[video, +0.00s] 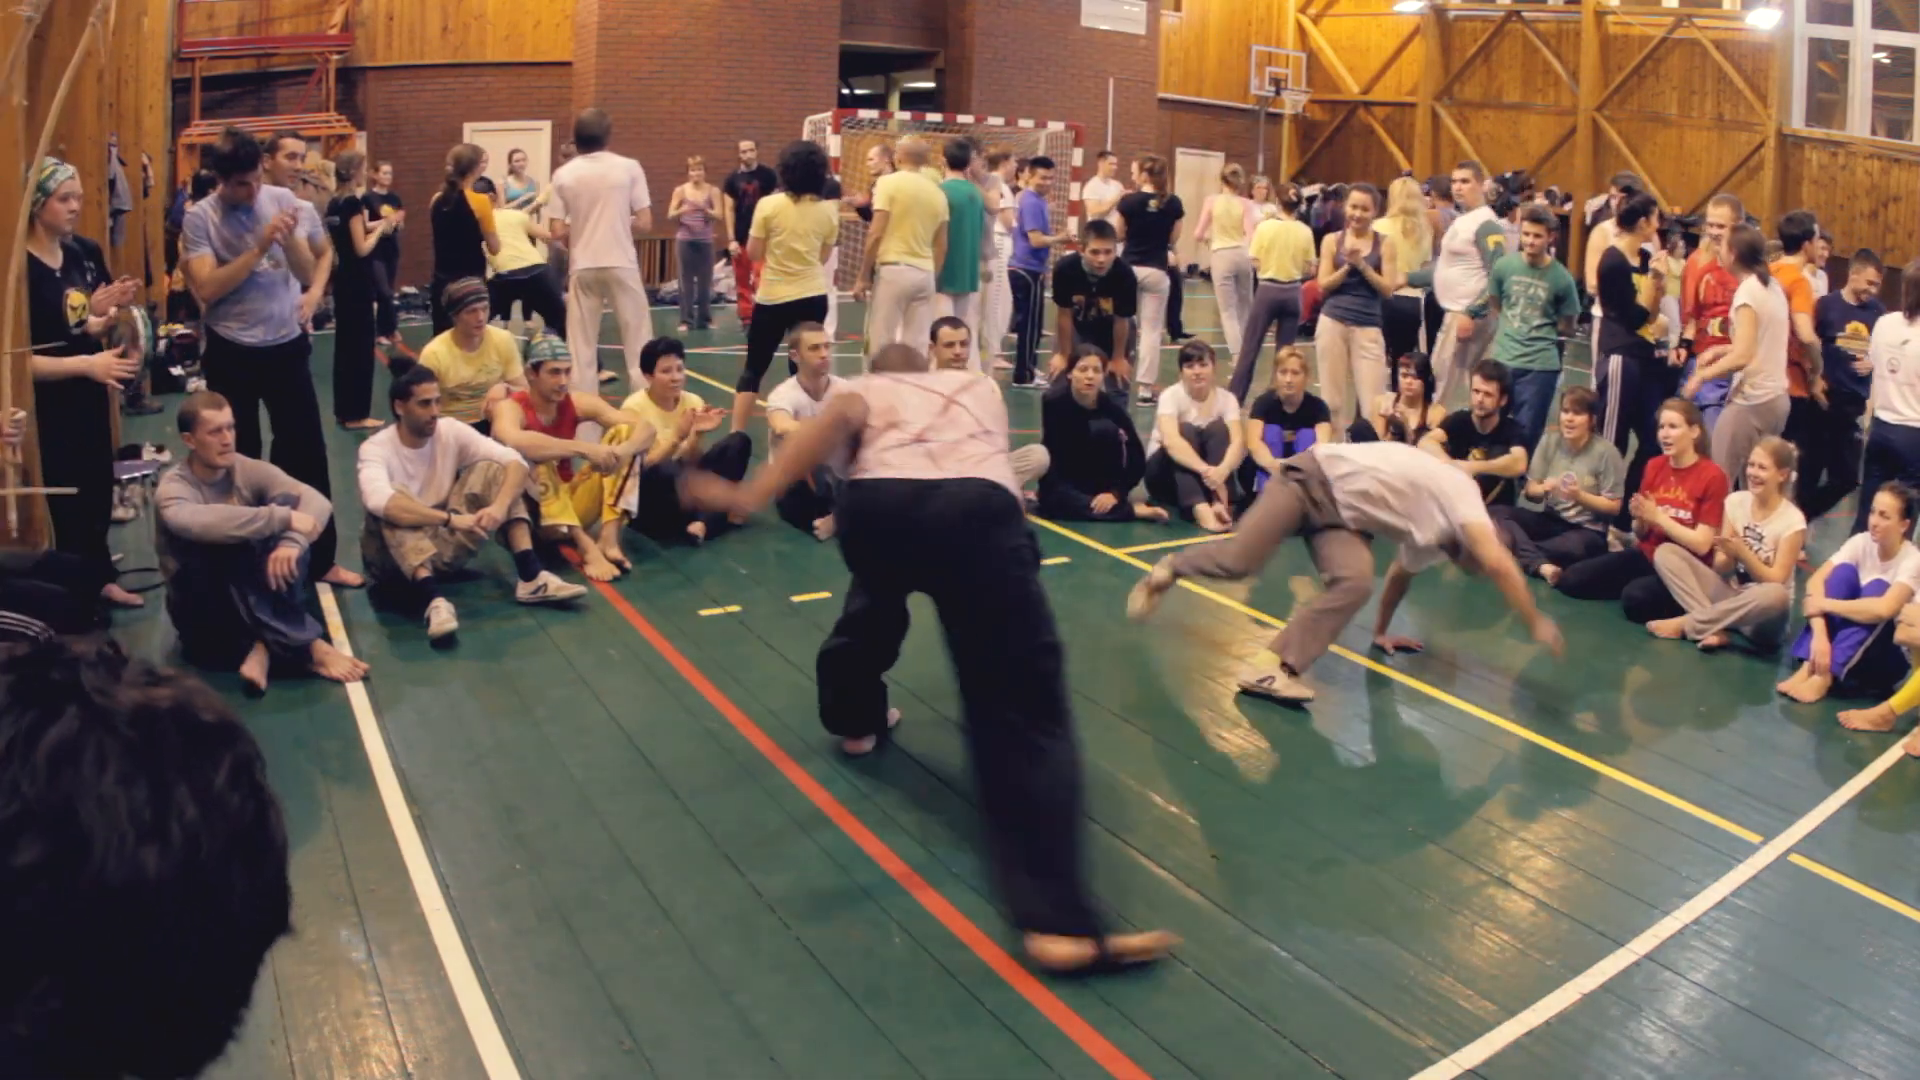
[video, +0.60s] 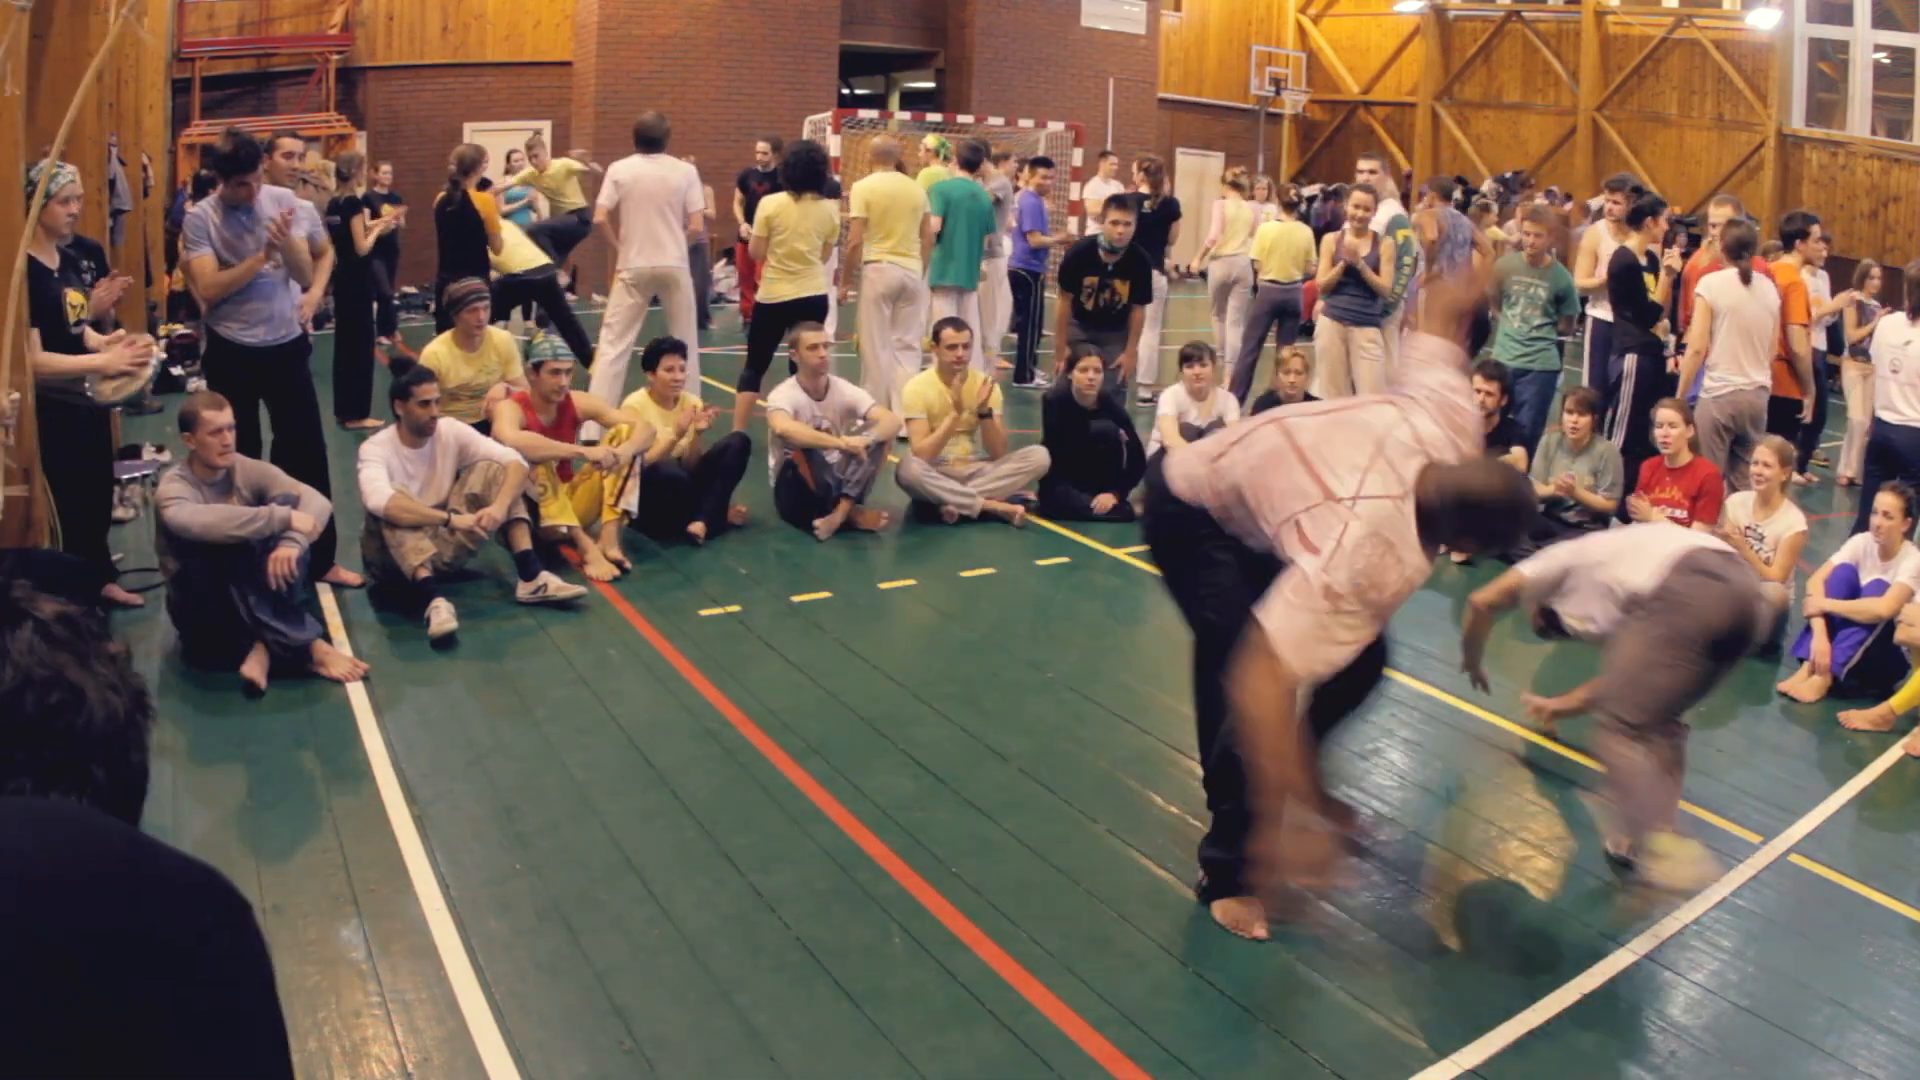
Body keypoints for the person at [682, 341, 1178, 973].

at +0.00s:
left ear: (876, 374)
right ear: (932, 367)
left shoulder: (860, 388)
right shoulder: (977, 387)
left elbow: (814, 438)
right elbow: (991, 462)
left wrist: (747, 496)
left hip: (877, 510)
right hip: (976, 519)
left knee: (872, 599)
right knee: (1021, 706)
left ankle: (853, 722)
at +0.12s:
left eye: (942, 369)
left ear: (944, 380)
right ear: (1010, 374)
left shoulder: (920, 393)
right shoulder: (1049, 395)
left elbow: (880, 437)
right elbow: (1052, 460)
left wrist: (850, 524)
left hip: (922, 503)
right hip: (1028, 513)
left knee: (906, 597)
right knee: (1114, 704)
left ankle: (861, 725)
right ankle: (1172, 906)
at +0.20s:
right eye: (1129, 362)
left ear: (1048, 354)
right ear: (1115, 360)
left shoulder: (995, 374)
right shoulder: (1125, 387)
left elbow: (915, 435)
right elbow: (1111, 501)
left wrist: (921, 522)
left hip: (950, 504)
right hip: (1048, 524)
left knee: (928, 606)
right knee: (1168, 696)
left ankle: (869, 729)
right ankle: (1173, 898)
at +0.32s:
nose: (1295, 374)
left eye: (1296, 364)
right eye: (1294, 363)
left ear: (1228, 333)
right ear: (1278, 354)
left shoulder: (1137, 354)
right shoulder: (1267, 389)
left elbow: (1016, 401)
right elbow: (1277, 473)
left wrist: (922, 490)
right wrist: (1314, 452)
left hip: (989, 511)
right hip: (1066, 548)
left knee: (989, 607)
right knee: (1228, 670)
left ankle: (879, 719)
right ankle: (1214, 869)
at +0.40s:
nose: (1391, 401)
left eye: (1393, 387)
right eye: (1390, 387)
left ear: (1324, 357)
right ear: (1367, 384)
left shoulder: (1240, 359)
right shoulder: (1343, 433)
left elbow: (1111, 377)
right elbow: (1399, 531)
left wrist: (1003, 389)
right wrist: (1386, 465)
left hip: (1048, 507)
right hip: (1096, 563)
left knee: (1068, 612)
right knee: (1228, 696)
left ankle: (926, 683)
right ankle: (1227, 878)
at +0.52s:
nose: (1474, 503)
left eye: (1481, 492)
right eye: (1475, 492)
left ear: (1430, 413)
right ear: (1446, 487)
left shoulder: (1381, 388)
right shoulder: (1380, 527)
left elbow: (1283, 326)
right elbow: (1398, 690)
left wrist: (1255, 278)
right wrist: (1501, 714)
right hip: (1143, 528)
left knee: (1252, 647)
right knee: (1248, 696)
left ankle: (1114, 690)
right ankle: (1230, 877)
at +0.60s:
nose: (1478, 558)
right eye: (1486, 547)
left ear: (1478, 454)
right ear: (1468, 544)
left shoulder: (1450, 419)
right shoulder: (1372, 552)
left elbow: (1438, 313)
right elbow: (1259, 673)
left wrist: (1478, 269)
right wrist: (1290, 814)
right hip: (1190, 497)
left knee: (1359, 660)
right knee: (1235, 675)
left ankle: (1278, 765)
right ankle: (1228, 875)